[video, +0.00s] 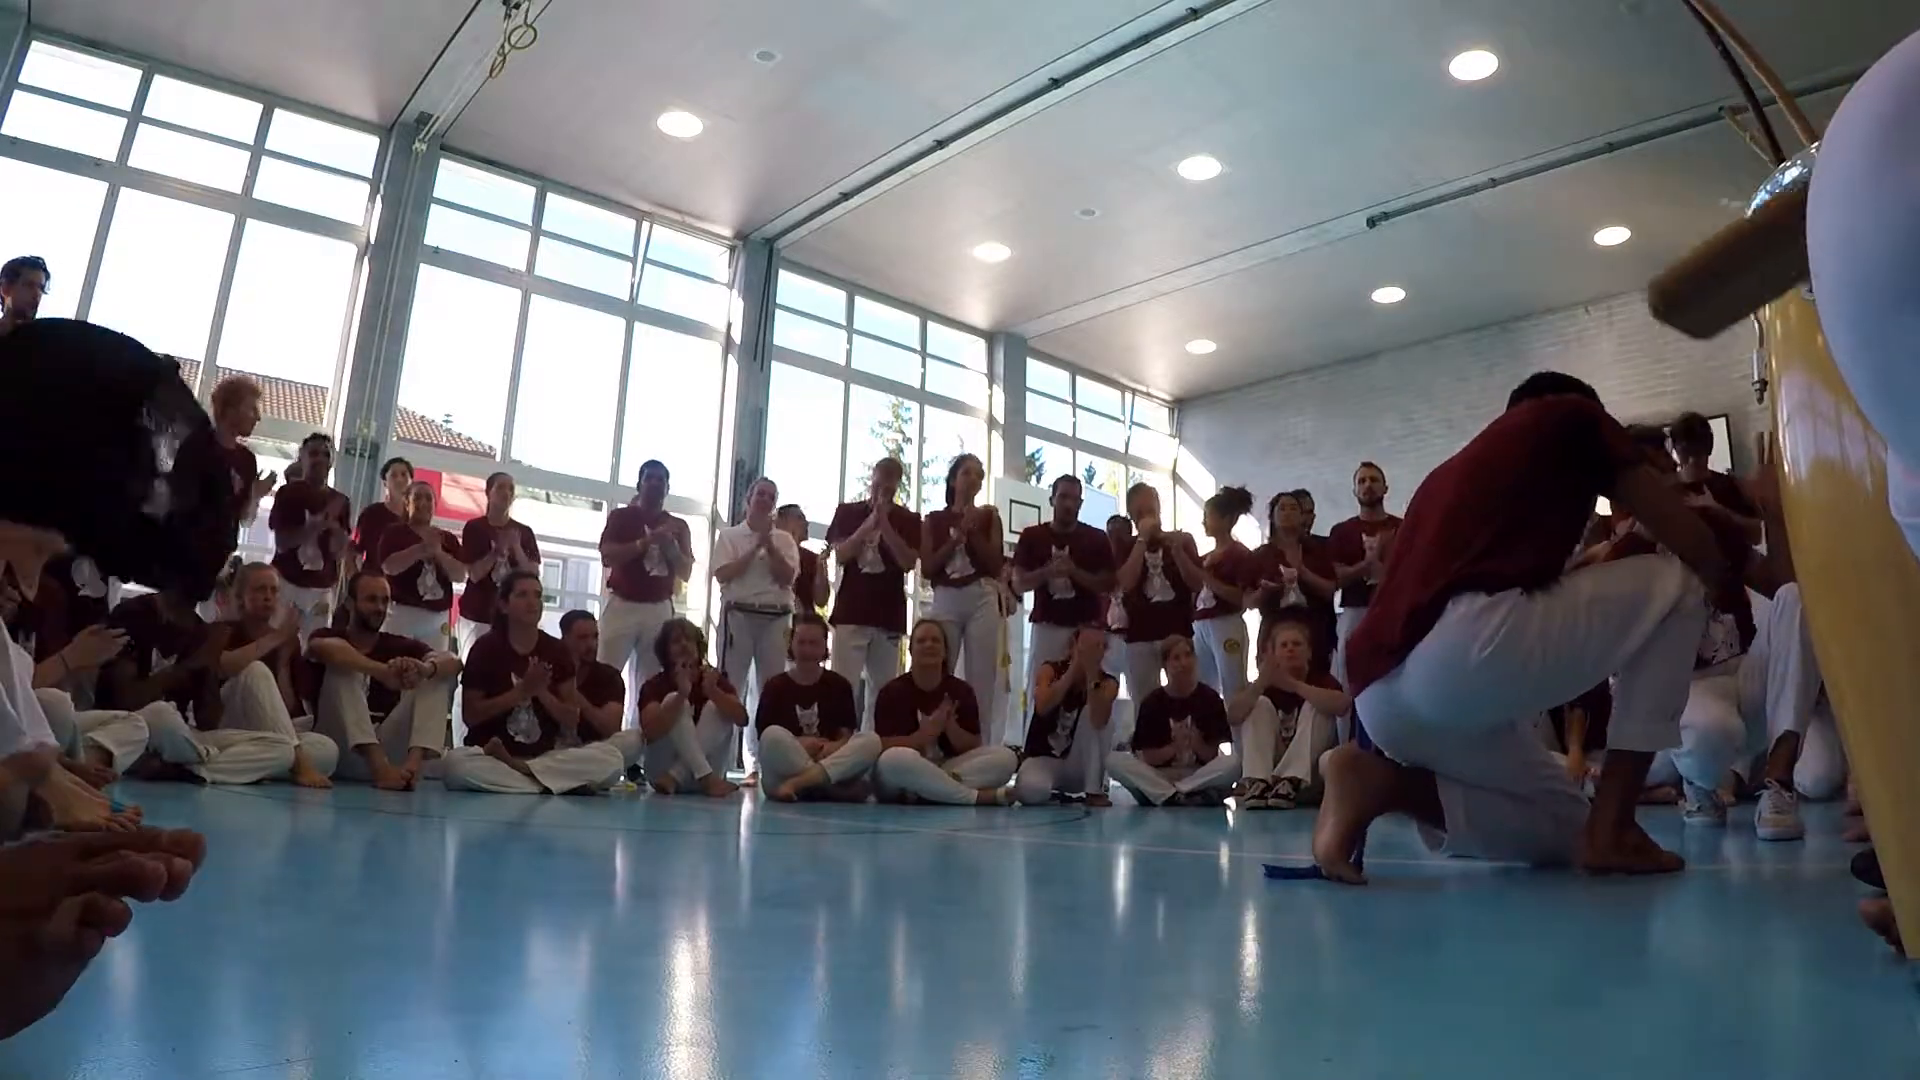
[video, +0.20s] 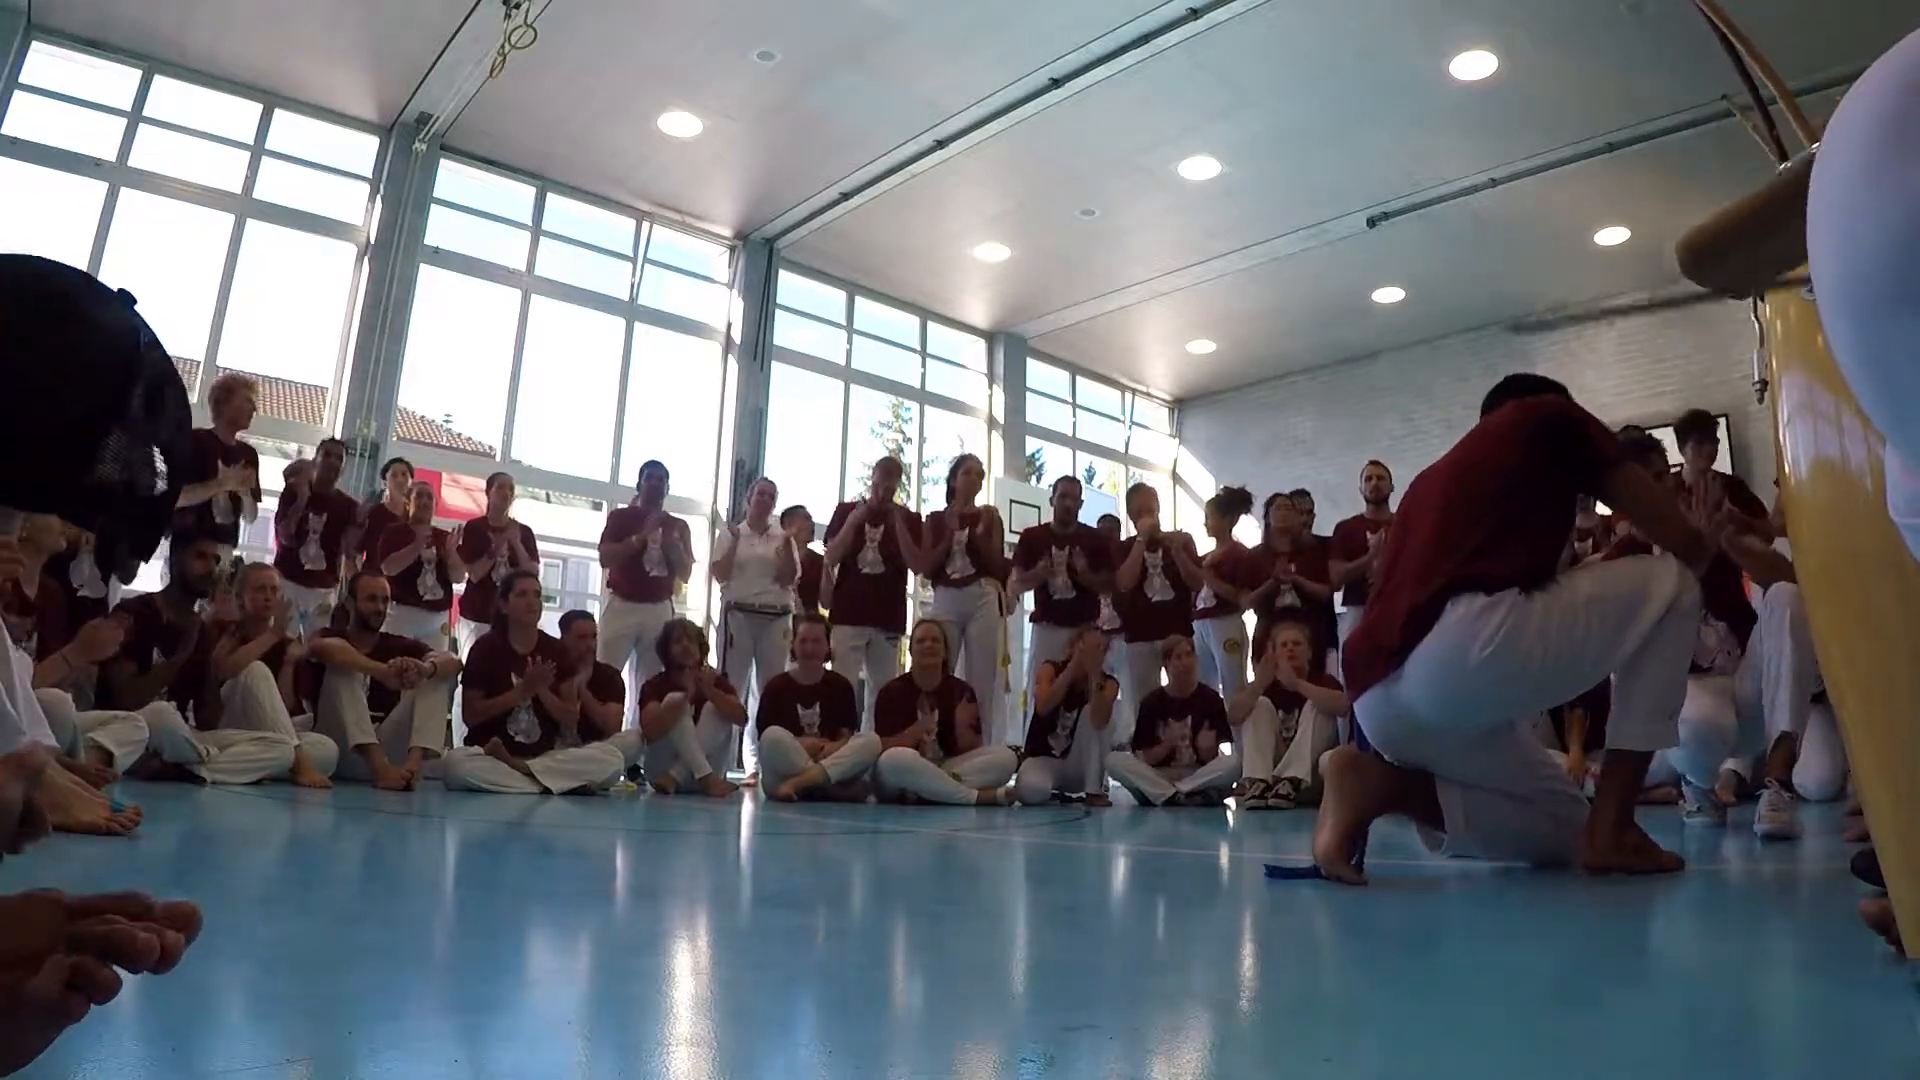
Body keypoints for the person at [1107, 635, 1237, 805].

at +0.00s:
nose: (1183, 663)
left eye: (1188, 656)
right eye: (1176, 658)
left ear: (1195, 660)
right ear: (1165, 665)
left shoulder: (1210, 698)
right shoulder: (1152, 701)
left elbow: (1212, 756)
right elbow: (1148, 757)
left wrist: (1196, 742)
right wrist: (1175, 747)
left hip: (1199, 772)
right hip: (1160, 773)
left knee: (1232, 763)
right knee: (1114, 760)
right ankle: (1172, 795)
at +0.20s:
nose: (1185, 662)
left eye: (1189, 655)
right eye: (1178, 657)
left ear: (1196, 659)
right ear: (1167, 664)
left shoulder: (1211, 698)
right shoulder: (1152, 701)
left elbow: (1211, 760)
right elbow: (1146, 758)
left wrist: (1207, 750)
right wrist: (1168, 744)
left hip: (1199, 772)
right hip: (1160, 773)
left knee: (1233, 763)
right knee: (1114, 760)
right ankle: (1172, 795)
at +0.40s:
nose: (1186, 662)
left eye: (1190, 655)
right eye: (1179, 658)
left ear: (1197, 659)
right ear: (1167, 664)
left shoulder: (1211, 698)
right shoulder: (1152, 701)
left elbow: (1212, 755)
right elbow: (1147, 757)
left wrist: (1200, 744)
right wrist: (1175, 747)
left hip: (1199, 771)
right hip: (1160, 772)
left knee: (1232, 763)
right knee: (1114, 759)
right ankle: (1172, 795)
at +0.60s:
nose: (1190, 662)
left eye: (1193, 655)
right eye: (1182, 657)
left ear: (1198, 658)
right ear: (1169, 664)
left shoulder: (1212, 697)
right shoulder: (1153, 700)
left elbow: (1215, 755)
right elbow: (1146, 757)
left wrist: (1204, 745)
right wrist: (1172, 746)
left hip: (1200, 772)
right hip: (1161, 773)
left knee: (1233, 763)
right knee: (1113, 759)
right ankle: (1171, 796)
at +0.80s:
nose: (1190, 661)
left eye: (1194, 655)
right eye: (1182, 656)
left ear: (1199, 658)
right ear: (1169, 665)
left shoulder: (1212, 698)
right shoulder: (1154, 700)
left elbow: (1214, 754)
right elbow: (1145, 756)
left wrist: (1194, 740)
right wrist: (1178, 746)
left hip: (1201, 772)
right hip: (1161, 773)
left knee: (1232, 763)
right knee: (1114, 761)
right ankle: (1172, 796)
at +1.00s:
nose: (1191, 661)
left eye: (1194, 655)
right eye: (1183, 657)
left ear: (1200, 659)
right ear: (1170, 665)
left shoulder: (1212, 698)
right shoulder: (1154, 700)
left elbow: (1217, 756)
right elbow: (1143, 757)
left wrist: (1207, 749)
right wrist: (1168, 747)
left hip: (1200, 771)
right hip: (1161, 773)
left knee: (1232, 763)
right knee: (1114, 760)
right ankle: (1172, 796)